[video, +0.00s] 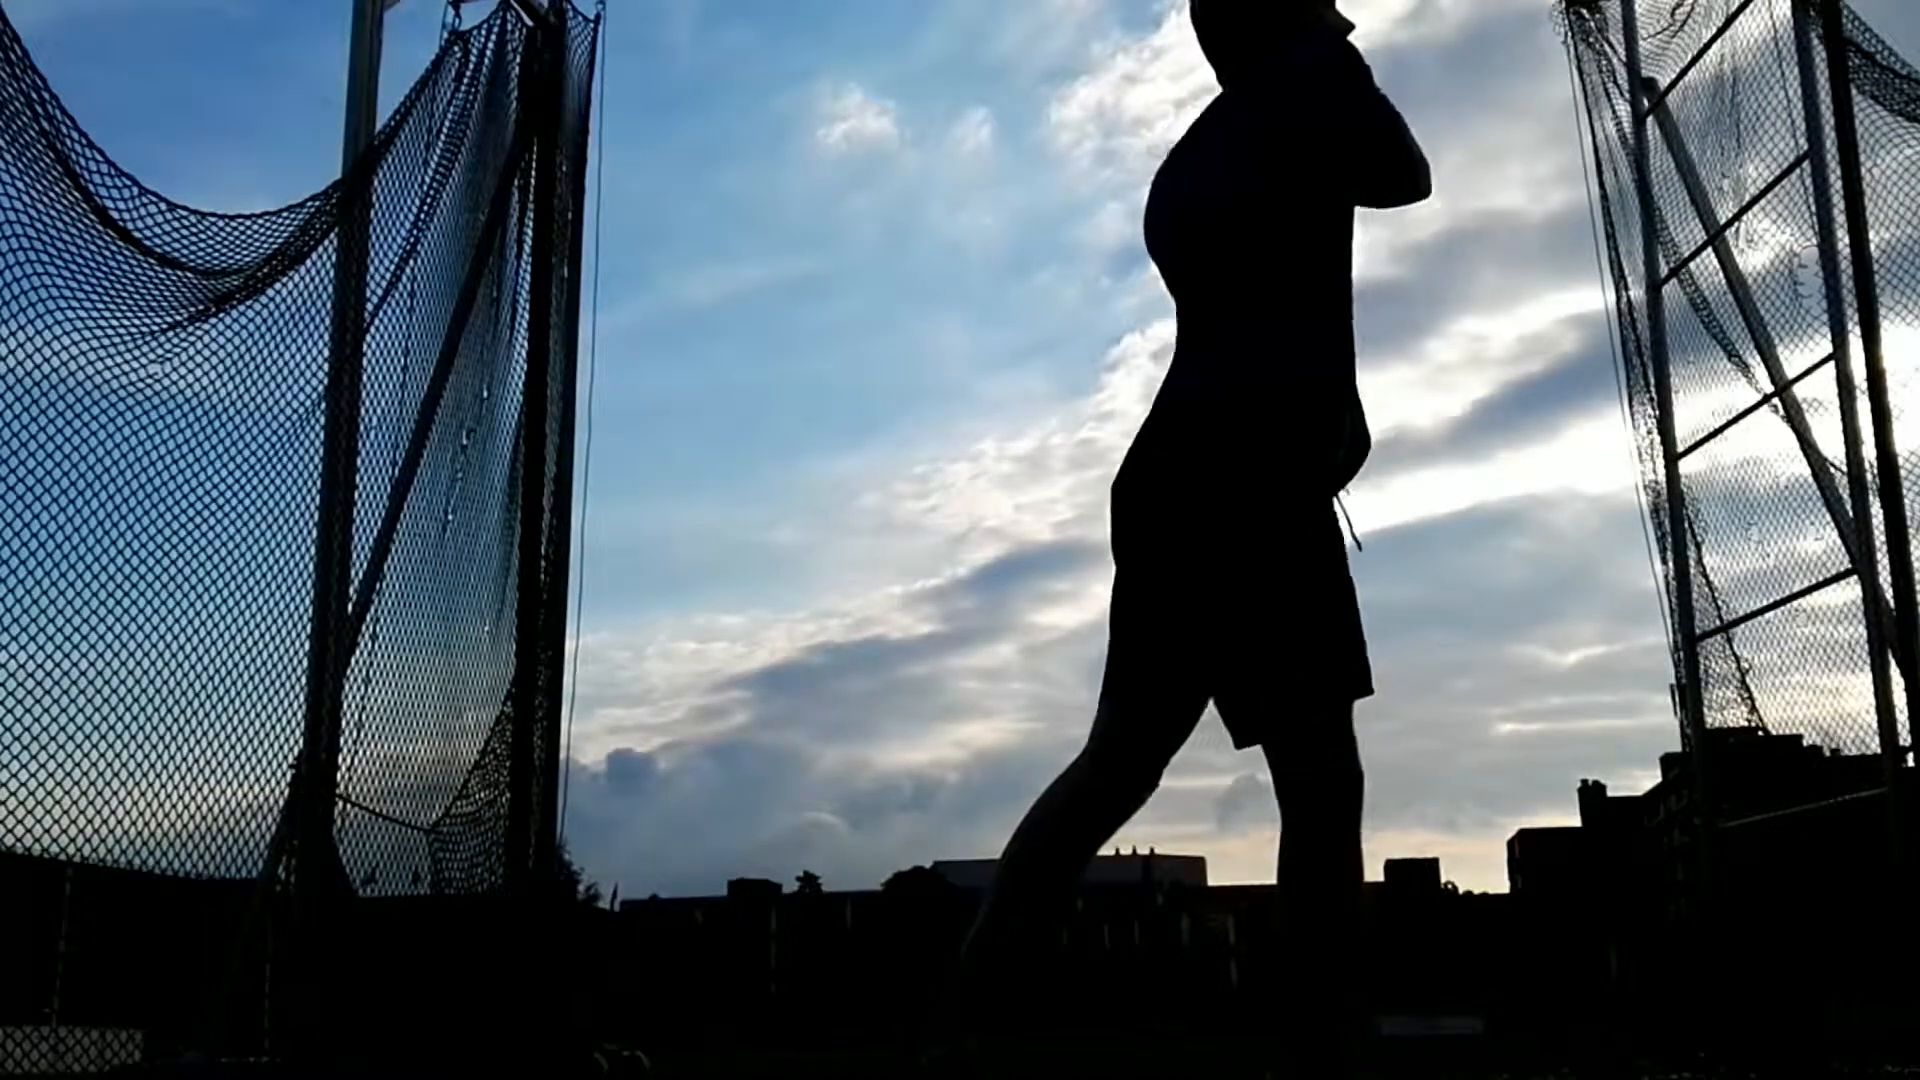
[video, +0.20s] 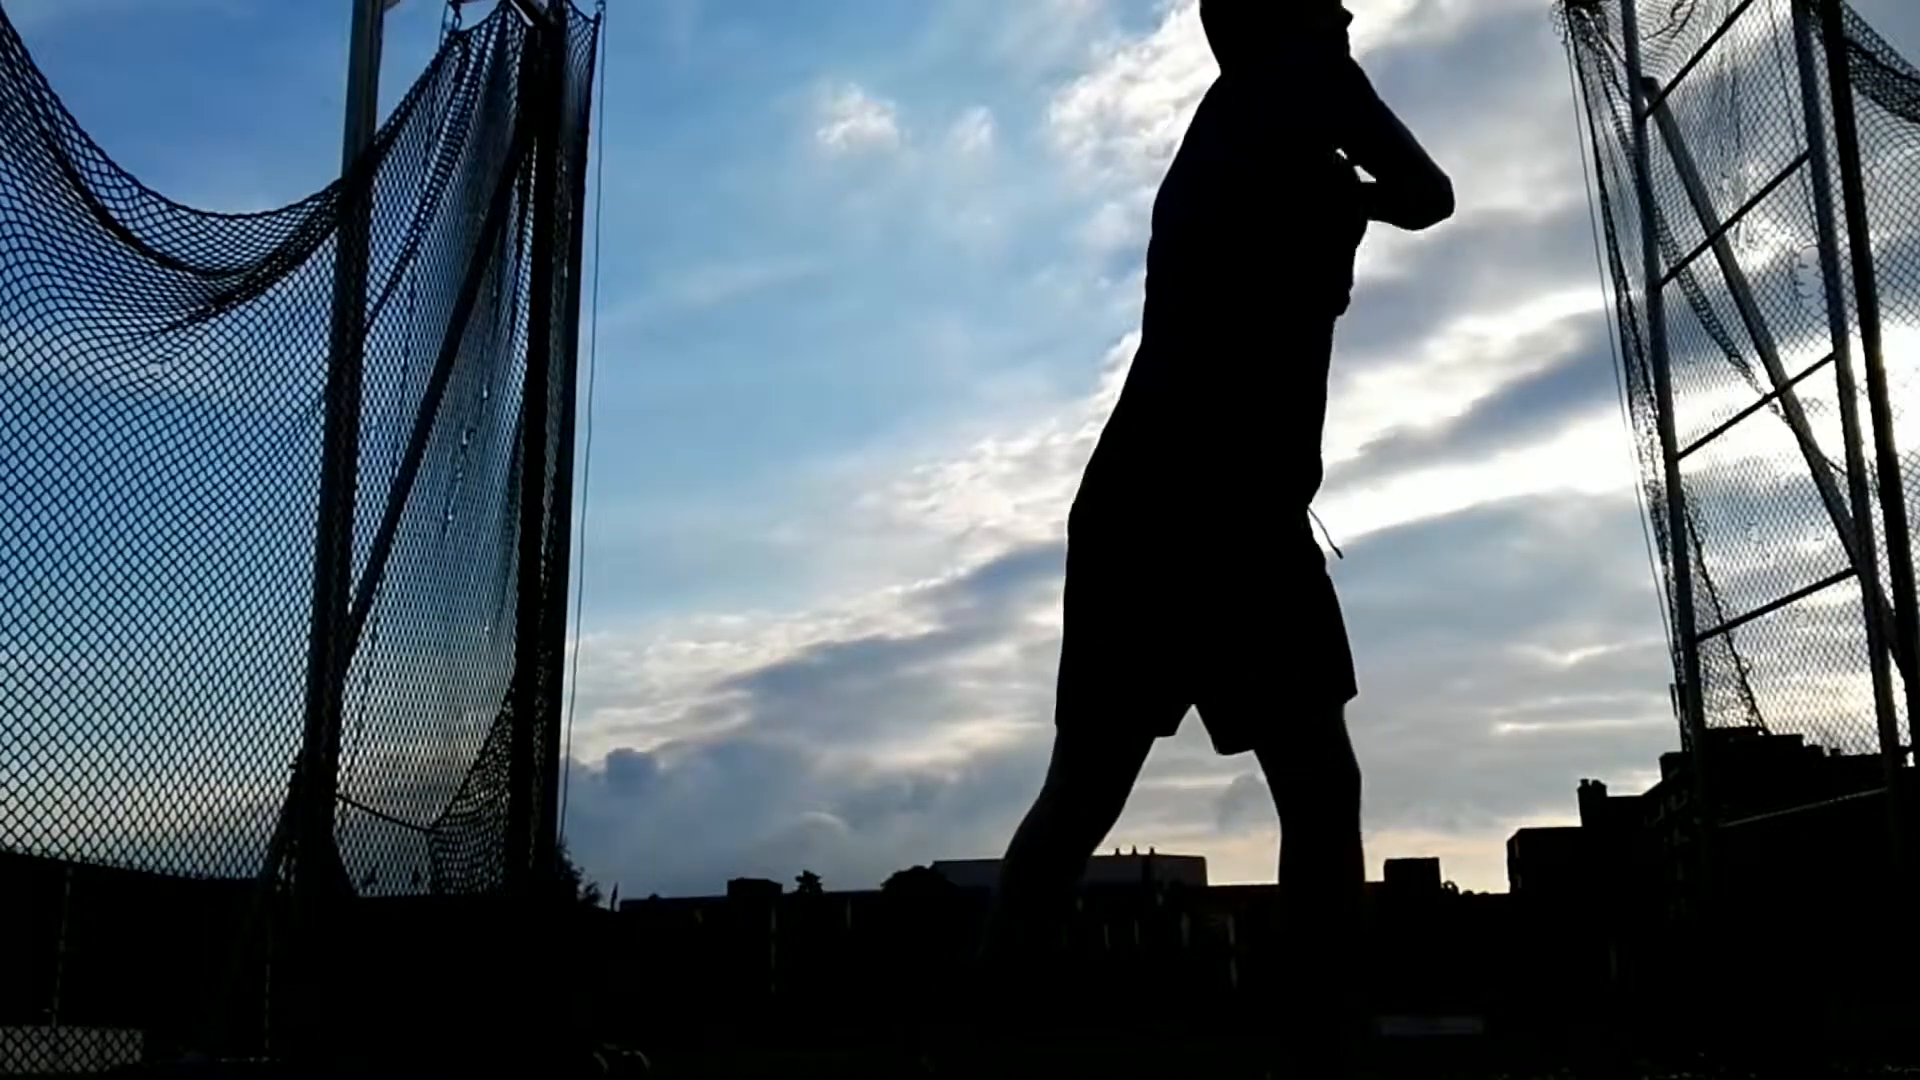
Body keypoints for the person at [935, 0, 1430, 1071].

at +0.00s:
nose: (1324, 39)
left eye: (1305, 25)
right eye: (1307, 23)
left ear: (1219, 36)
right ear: (1283, 33)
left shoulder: (1185, 164)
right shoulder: (1292, 122)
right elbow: (1399, 174)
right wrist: (1331, 53)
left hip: (1178, 487)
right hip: (1261, 491)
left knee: (1121, 760)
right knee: (1321, 781)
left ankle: (979, 989)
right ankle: (1321, 1028)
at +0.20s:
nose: (1341, 46)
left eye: (1335, 31)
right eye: (1328, 31)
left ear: (1236, 38)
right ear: (1290, 39)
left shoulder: (1246, 149)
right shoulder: (1271, 140)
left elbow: (1418, 201)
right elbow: (1428, 198)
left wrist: (1342, 105)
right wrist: (1345, 89)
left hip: (1133, 511)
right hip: (1225, 512)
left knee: (1080, 796)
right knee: (1318, 795)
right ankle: (1323, 1047)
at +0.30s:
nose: (1342, 42)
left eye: (1336, 26)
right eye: (1331, 24)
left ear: (1226, 31)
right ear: (1301, 25)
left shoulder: (1212, 140)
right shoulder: (1300, 99)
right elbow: (1429, 209)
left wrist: (1344, 271)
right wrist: (1347, 268)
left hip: (1110, 515)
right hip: (1221, 515)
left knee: (1067, 801)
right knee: (1320, 793)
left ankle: (992, 1042)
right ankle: (1326, 1044)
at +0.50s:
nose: (1328, 58)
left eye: (1324, 34)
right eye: (1311, 34)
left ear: (1223, 52)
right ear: (1262, 42)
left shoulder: (1197, 188)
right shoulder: (1265, 131)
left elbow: (1242, 414)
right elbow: (1419, 239)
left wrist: (1369, 359)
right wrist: (1523, 259)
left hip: (1074, 535)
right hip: (1191, 538)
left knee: (1035, 827)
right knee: (1331, 792)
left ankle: (1005, 1060)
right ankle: (1327, 1047)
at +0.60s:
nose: (1313, 72)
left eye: (1310, 47)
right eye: (1292, 45)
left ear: (1207, 66)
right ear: (1230, 58)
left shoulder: (1182, 199)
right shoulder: (1245, 159)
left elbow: (1230, 433)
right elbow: (1413, 250)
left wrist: (1375, 387)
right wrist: (1570, 277)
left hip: (1064, 549)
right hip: (1172, 551)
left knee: (1026, 842)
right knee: (1335, 793)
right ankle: (1332, 1052)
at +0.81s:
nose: (1283, 110)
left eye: (1283, 89)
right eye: (1264, 88)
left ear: (1197, 109)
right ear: (1211, 101)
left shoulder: (1206, 255)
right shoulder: (1188, 218)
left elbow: (1289, 420)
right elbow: (1383, 286)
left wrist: (1442, 397)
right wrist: (1568, 295)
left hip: (1170, 575)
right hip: (1089, 569)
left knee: (1346, 802)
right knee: (1007, 851)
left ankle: (1337, 1052)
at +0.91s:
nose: (1246, 136)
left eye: (1254, 112)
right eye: (1216, 112)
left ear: (1268, 130)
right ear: (1166, 125)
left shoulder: (1223, 271)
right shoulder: (1151, 246)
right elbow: (1321, 389)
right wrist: (1486, 368)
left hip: (1179, 589)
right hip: (1066, 583)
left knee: (1356, 801)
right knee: (995, 847)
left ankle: (1339, 1046)